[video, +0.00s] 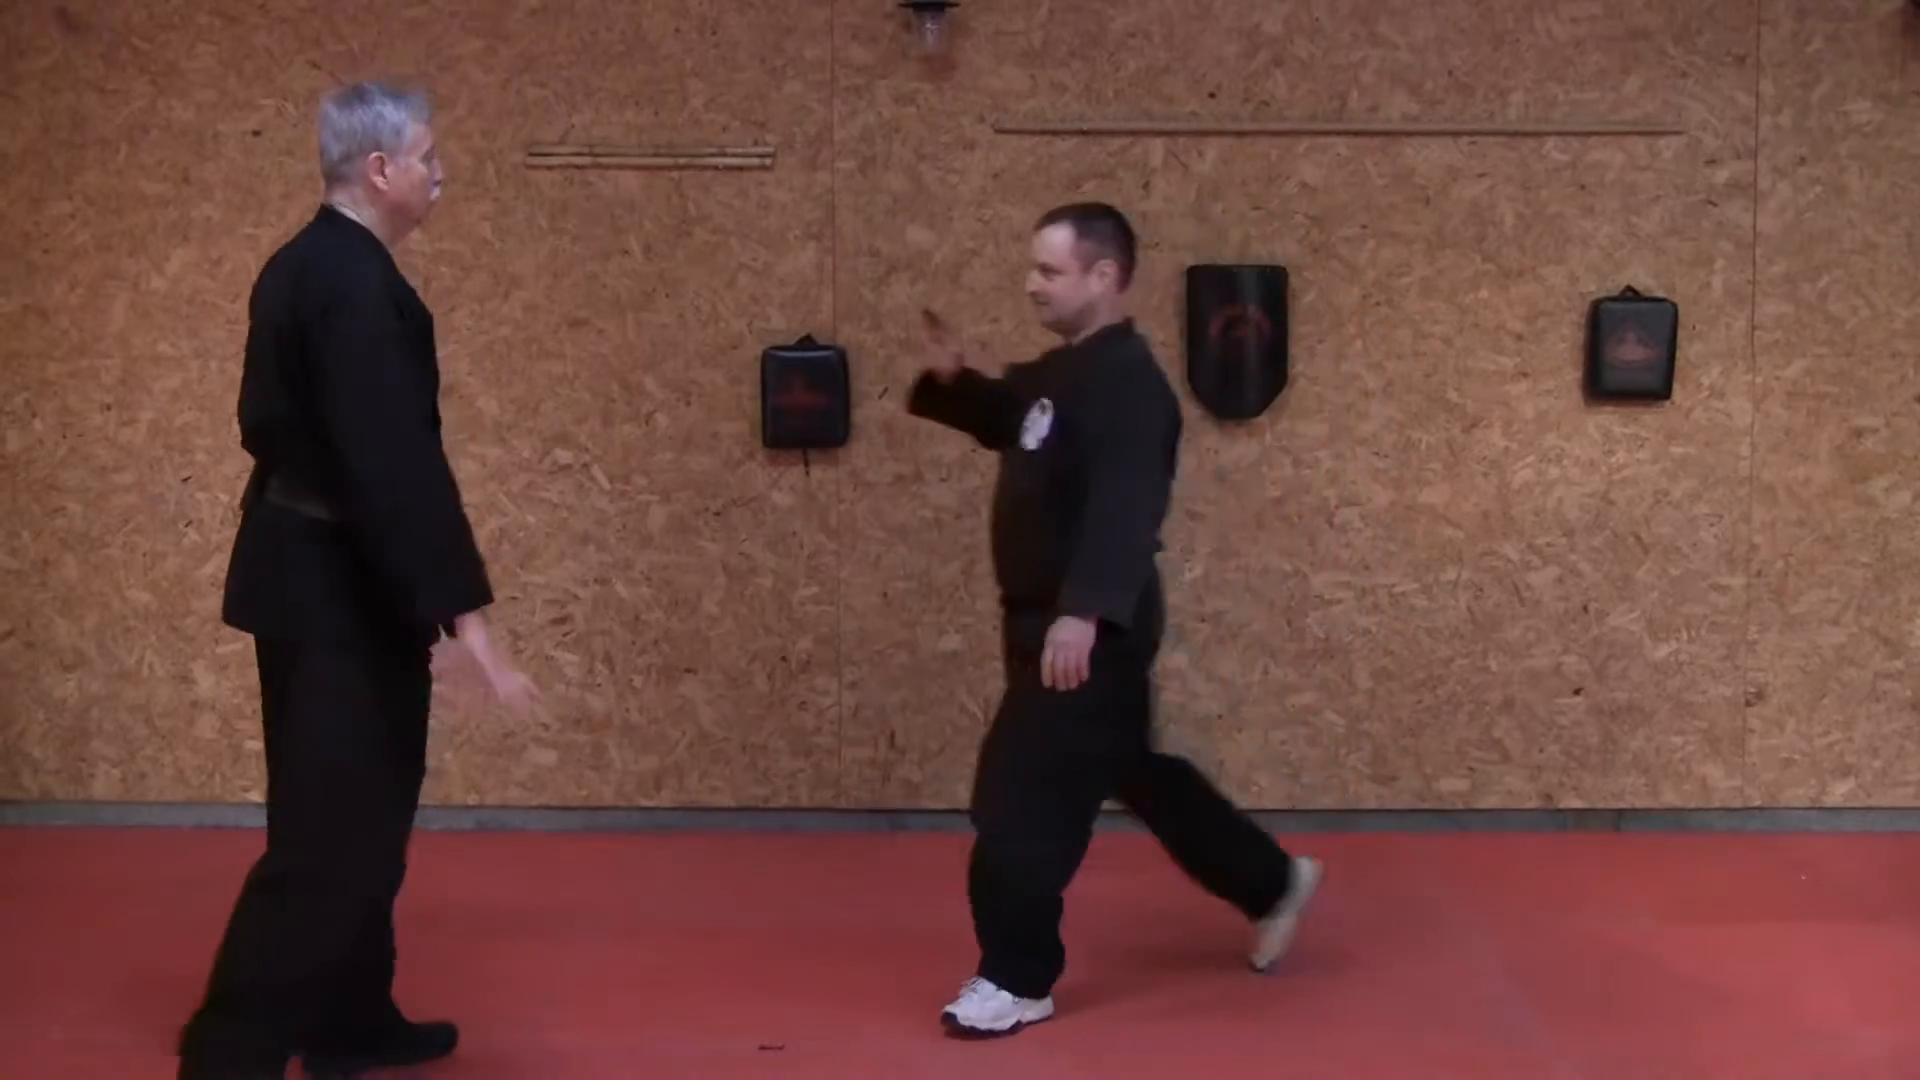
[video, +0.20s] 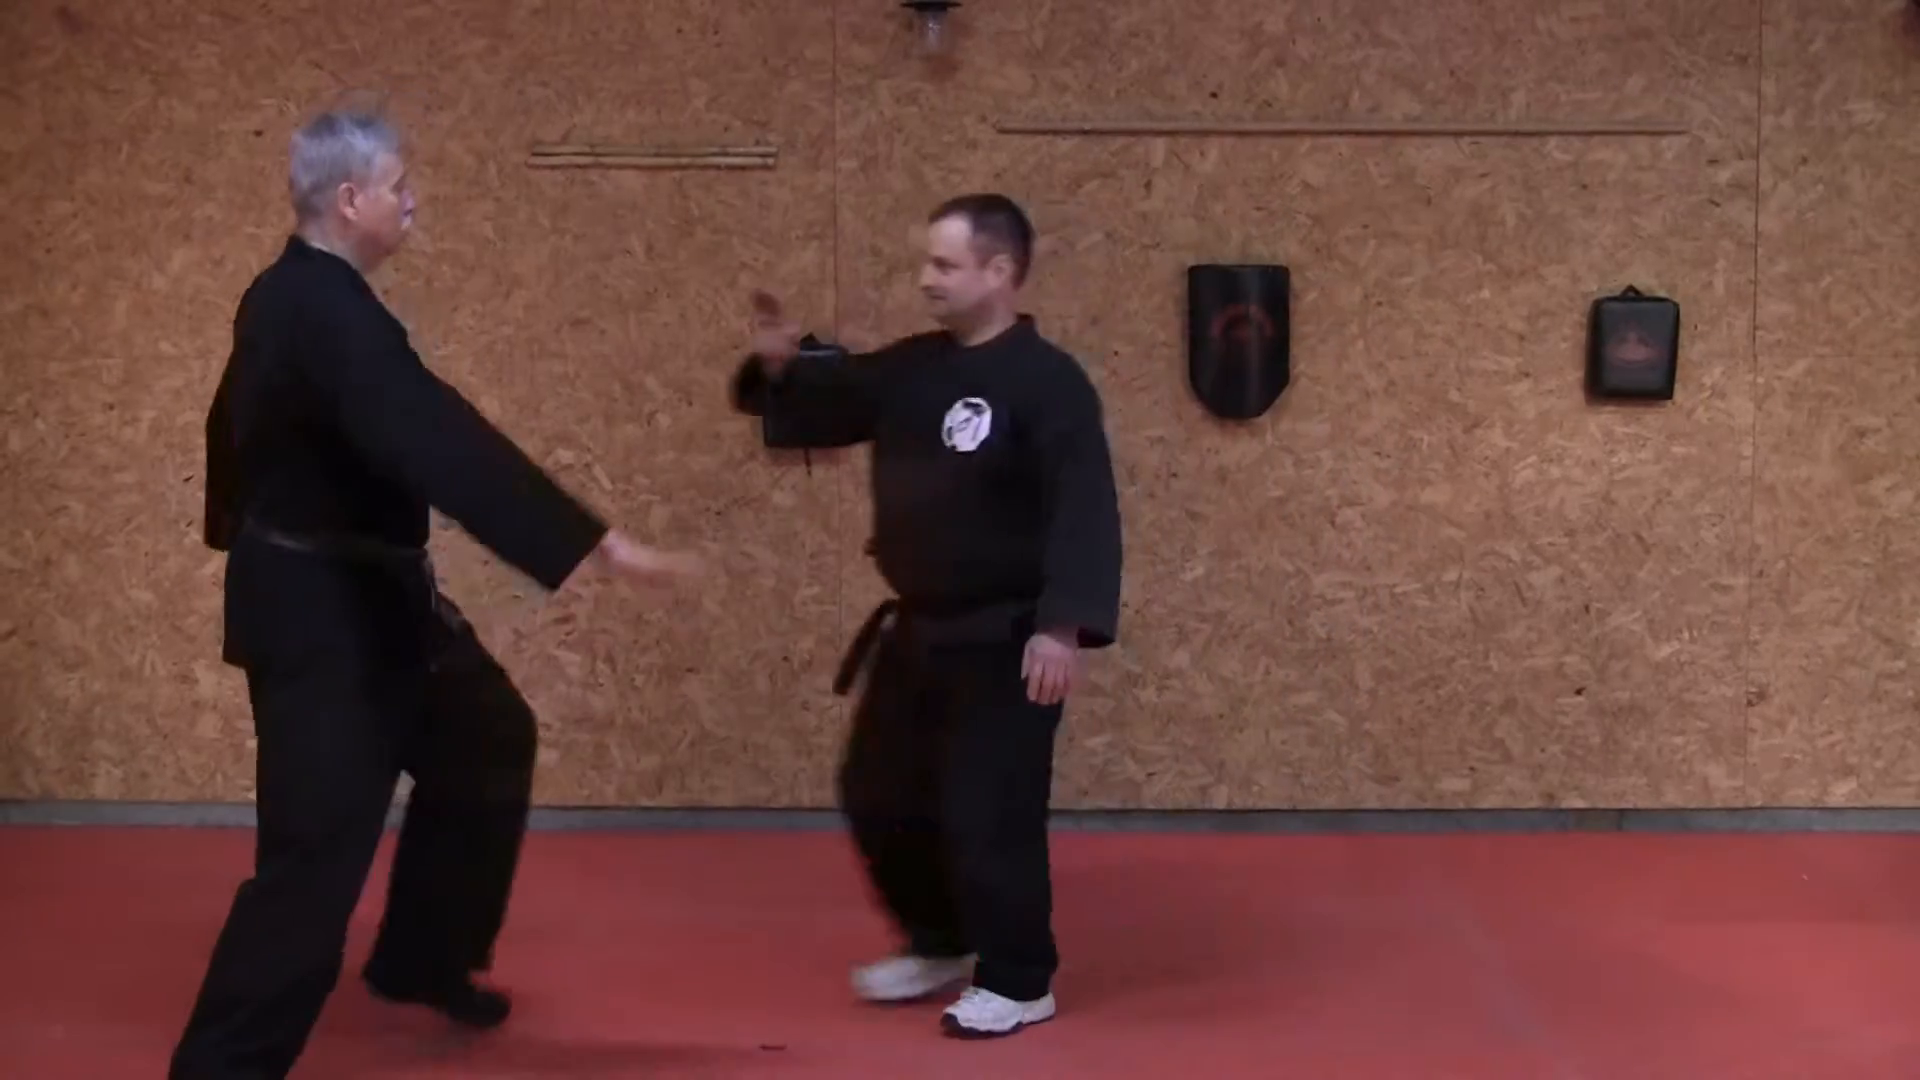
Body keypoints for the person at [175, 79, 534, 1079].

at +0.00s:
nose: (440, 178)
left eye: (437, 157)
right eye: (430, 159)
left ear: (360, 171)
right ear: (380, 169)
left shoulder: (299, 267)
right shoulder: (359, 283)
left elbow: (270, 431)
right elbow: (398, 463)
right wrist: (463, 608)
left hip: (311, 577)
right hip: (345, 591)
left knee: (359, 814)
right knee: (337, 827)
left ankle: (351, 1021)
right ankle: (232, 1048)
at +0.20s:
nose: (414, 204)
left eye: (410, 186)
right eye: (399, 188)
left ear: (334, 202)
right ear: (345, 200)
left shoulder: (287, 293)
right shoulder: (329, 310)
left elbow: (237, 424)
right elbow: (440, 439)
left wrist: (235, 522)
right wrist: (594, 542)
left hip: (366, 597)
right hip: (322, 609)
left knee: (489, 740)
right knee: (315, 860)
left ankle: (424, 962)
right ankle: (224, 1064)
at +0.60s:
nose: (444, 244)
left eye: (443, 226)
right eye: (428, 226)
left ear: (388, 240)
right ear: (368, 236)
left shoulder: (458, 347)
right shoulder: (292, 355)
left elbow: (518, 489)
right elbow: (310, 514)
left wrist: (513, 393)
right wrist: (371, 410)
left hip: (457, 616)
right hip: (338, 626)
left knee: (537, 798)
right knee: (307, 830)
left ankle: (509, 978)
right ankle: (216, 1062)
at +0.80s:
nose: (434, 260)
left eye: (435, 242)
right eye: (417, 243)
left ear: (378, 248)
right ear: (356, 249)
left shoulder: (455, 348)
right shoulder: (283, 370)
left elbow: (538, 455)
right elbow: (298, 520)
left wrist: (492, 404)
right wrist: (399, 399)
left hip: (454, 631)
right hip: (338, 643)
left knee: (547, 800)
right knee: (306, 844)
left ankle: (512, 975)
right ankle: (211, 1065)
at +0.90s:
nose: (440, 255)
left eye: (440, 238)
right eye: (425, 239)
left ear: (383, 247)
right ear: (366, 245)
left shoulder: (442, 341)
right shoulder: (292, 365)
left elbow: (536, 424)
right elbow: (310, 502)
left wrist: (491, 406)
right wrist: (420, 401)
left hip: (449, 635)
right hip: (344, 645)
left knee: (538, 801)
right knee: (328, 848)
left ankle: (514, 975)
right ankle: (213, 1064)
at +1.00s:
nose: (442, 253)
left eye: (443, 236)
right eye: (429, 234)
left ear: (375, 240)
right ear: (369, 235)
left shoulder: (394, 339)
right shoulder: (334, 330)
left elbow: (470, 466)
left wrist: (500, 430)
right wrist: (513, 329)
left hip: (427, 617)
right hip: (360, 618)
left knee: (512, 784)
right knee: (331, 862)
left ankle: (521, 978)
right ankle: (170, 1060)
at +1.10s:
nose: (429, 249)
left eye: (427, 235)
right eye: (414, 234)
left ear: (360, 241)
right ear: (358, 238)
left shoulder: (375, 336)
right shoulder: (356, 309)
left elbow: (453, 478)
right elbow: (509, 298)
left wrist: (519, 406)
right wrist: (650, 277)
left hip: (437, 609)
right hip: (373, 610)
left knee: (509, 777)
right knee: (327, 840)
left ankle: (515, 970)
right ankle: (165, 1056)